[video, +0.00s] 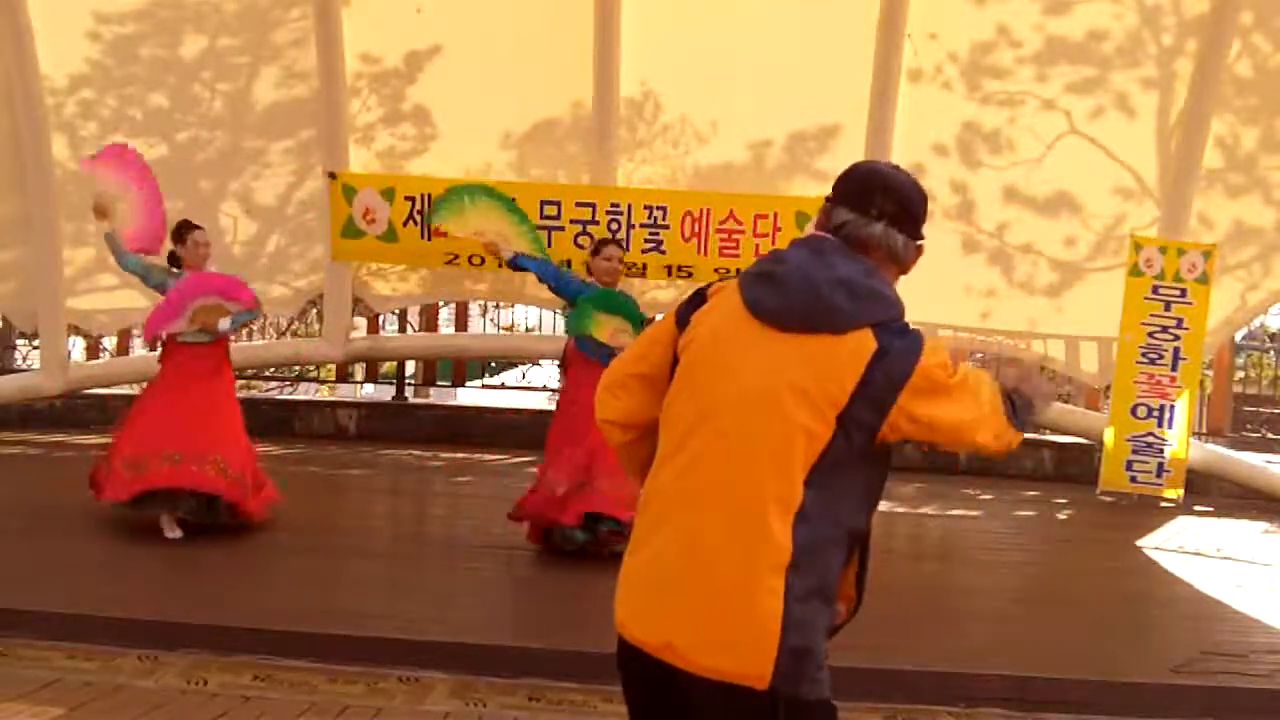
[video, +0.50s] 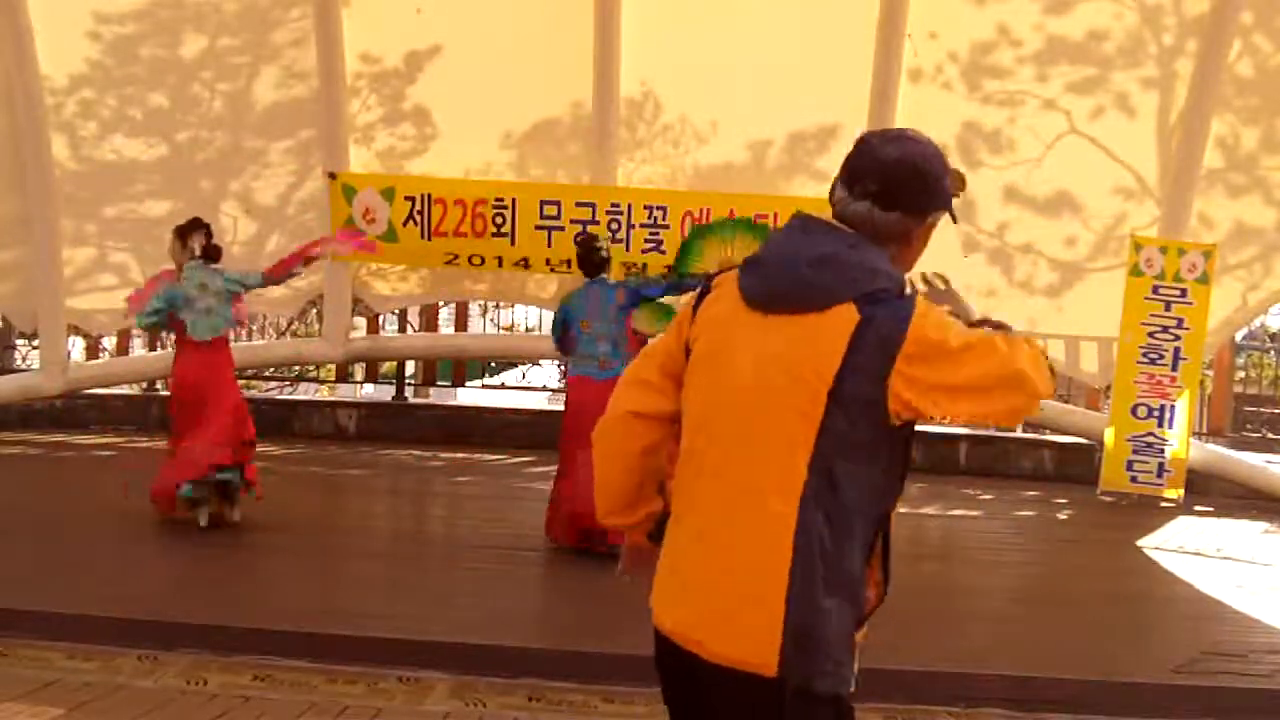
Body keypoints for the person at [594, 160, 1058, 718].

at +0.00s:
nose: (900, 272)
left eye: (904, 259)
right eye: (905, 259)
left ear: (822, 223)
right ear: (902, 256)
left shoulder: (712, 306)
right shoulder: (885, 352)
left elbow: (620, 401)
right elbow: (985, 421)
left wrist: (671, 488)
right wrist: (1016, 397)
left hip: (647, 629)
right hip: (760, 655)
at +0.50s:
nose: (929, 237)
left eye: (932, 222)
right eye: (933, 223)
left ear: (837, 203)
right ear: (920, 230)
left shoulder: (724, 294)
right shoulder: (894, 324)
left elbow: (631, 410)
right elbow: (1021, 382)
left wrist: (636, 518)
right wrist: (971, 327)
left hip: (682, 629)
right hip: (785, 654)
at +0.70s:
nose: (912, 228)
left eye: (916, 212)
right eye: (914, 213)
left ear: (810, 197)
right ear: (897, 218)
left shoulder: (722, 289)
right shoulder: (875, 310)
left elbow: (638, 415)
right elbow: (1020, 328)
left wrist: (652, 526)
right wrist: (1157, 293)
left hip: (687, 624)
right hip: (784, 643)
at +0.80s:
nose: (908, 228)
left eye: (909, 212)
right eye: (908, 214)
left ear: (807, 203)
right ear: (892, 223)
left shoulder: (721, 296)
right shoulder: (868, 321)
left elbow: (643, 420)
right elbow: (1019, 359)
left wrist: (662, 509)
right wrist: (1156, 318)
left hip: (689, 626)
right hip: (785, 645)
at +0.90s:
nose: (897, 231)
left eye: (899, 214)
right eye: (899, 214)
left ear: (803, 202)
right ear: (883, 219)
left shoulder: (723, 289)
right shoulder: (857, 322)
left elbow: (649, 420)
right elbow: (1002, 413)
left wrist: (676, 512)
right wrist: (1143, 369)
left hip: (689, 623)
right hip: (780, 643)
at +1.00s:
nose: (887, 227)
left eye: (888, 207)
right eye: (889, 209)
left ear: (795, 199)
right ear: (877, 216)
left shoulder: (716, 291)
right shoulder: (844, 321)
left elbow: (652, 425)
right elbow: (952, 464)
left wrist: (681, 510)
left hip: (686, 626)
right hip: (775, 650)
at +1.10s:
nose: (881, 215)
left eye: (880, 198)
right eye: (883, 199)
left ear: (784, 192)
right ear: (870, 210)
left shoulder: (708, 288)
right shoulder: (831, 317)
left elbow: (650, 432)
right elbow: (890, 497)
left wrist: (702, 517)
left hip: (679, 622)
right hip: (766, 643)